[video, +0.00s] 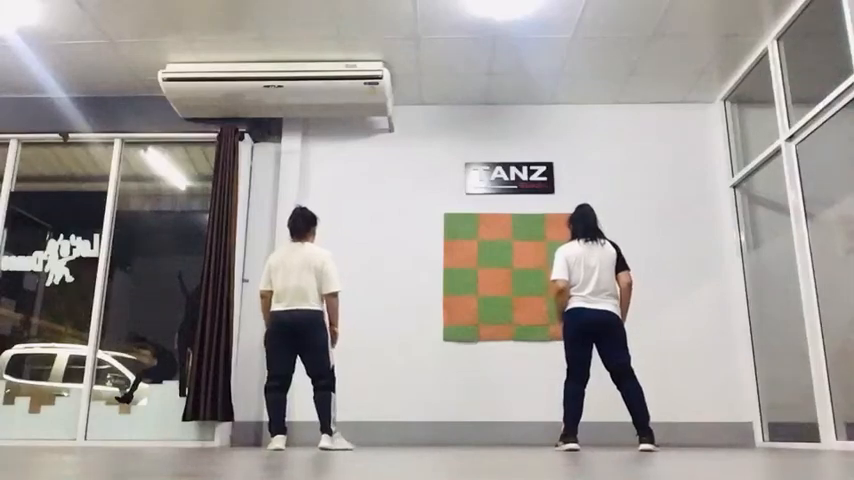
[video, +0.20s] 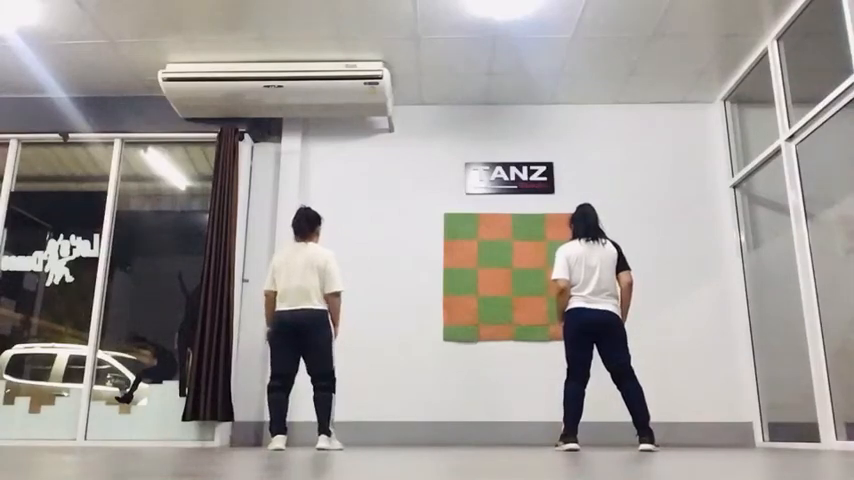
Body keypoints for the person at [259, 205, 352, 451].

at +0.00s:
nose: (315, 234)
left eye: (313, 230)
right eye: (314, 230)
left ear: (290, 231)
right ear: (312, 231)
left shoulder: (276, 257)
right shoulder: (320, 255)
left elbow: (265, 294)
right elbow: (331, 295)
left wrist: (269, 324)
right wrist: (334, 325)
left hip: (279, 322)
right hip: (311, 321)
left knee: (276, 379)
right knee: (322, 378)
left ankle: (278, 435)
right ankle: (327, 434)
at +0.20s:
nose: (319, 233)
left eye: (318, 230)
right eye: (319, 229)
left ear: (294, 230)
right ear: (316, 230)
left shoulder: (280, 256)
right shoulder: (323, 255)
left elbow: (269, 294)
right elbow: (333, 295)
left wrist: (271, 325)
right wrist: (335, 325)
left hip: (283, 320)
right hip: (315, 320)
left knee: (279, 379)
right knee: (323, 378)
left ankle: (278, 434)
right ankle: (324, 434)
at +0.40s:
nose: (326, 233)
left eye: (326, 230)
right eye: (326, 230)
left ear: (302, 231)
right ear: (324, 230)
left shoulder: (288, 256)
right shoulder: (331, 255)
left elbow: (280, 296)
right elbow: (344, 294)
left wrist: (282, 326)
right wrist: (345, 325)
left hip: (292, 320)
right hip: (324, 320)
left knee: (285, 379)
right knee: (327, 379)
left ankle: (279, 434)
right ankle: (325, 434)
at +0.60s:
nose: (335, 232)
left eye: (334, 229)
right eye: (334, 229)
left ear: (310, 231)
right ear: (332, 230)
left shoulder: (299, 257)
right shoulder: (340, 256)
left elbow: (290, 294)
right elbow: (355, 292)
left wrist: (295, 319)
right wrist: (357, 321)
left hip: (301, 320)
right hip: (332, 321)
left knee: (289, 377)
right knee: (332, 380)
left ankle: (279, 432)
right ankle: (325, 435)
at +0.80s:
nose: (340, 231)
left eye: (338, 228)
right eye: (340, 228)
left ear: (316, 230)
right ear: (339, 229)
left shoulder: (307, 255)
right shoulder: (348, 255)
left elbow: (294, 288)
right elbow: (372, 287)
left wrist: (307, 310)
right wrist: (369, 314)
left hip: (308, 320)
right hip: (339, 321)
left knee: (292, 376)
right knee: (335, 381)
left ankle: (278, 431)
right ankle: (326, 435)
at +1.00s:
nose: (345, 230)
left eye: (341, 227)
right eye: (345, 227)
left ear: (322, 229)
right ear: (344, 229)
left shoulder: (312, 252)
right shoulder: (354, 253)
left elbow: (295, 278)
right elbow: (386, 273)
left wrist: (314, 294)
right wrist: (374, 297)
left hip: (314, 320)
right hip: (344, 322)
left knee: (298, 375)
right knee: (338, 381)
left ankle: (280, 427)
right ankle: (325, 435)